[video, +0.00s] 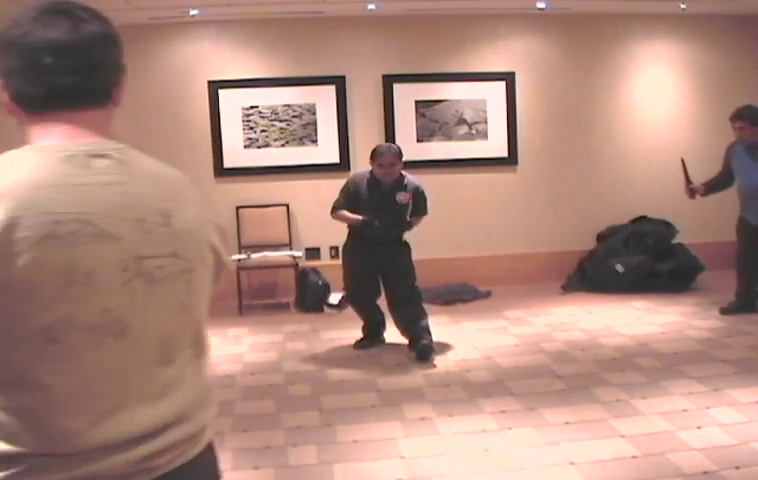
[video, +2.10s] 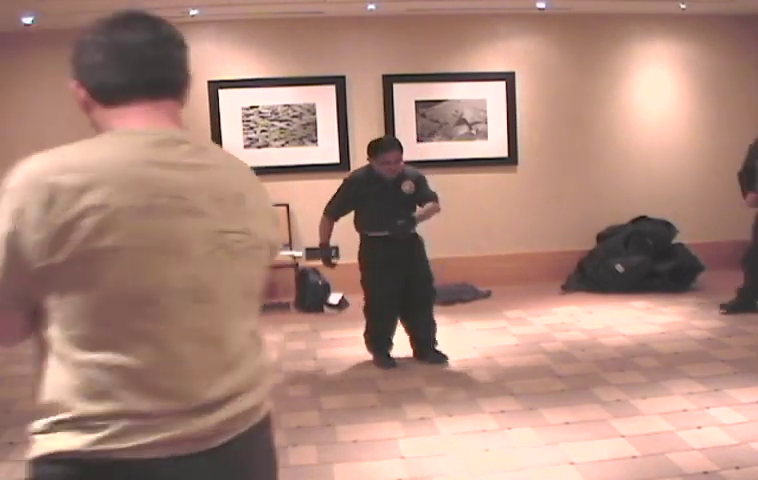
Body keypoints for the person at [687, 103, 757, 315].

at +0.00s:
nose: (738, 134)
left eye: (741, 128)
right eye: (735, 129)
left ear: (755, 128)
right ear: (735, 129)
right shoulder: (735, 150)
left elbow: (726, 177)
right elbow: (727, 177)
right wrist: (702, 188)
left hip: (753, 217)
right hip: (748, 217)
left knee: (748, 258)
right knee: (745, 259)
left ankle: (748, 299)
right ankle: (745, 298)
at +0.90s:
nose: (725, 136)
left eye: (729, 130)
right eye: (723, 131)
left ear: (746, 130)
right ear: (721, 132)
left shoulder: (755, 149)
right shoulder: (722, 155)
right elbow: (700, 182)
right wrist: (670, 186)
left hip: (754, 214)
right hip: (742, 215)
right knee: (740, 257)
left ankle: (748, 299)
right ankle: (745, 299)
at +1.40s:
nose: (727, 127)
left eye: (731, 121)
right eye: (724, 123)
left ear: (746, 122)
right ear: (722, 125)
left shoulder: (755, 144)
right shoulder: (721, 149)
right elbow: (696, 175)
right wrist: (699, 185)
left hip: (755, 218)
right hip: (738, 218)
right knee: (739, 262)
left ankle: (750, 301)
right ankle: (744, 300)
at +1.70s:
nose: (746, 121)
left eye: (750, 117)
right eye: (743, 117)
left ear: (757, 118)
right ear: (740, 120)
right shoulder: (734, 147)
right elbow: (721, 176)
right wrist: (727, 195)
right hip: (747, 216)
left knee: (749, 260)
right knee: (744, 260)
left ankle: (748, 299)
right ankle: (744, 299)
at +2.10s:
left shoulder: (753, 148)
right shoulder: (753, 147)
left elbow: (747, 169)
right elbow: (747, 169)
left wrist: (750, 191)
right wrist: (749, 190)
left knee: (753, 254)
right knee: (752, 254)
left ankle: (749, 295)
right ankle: (748, 294)